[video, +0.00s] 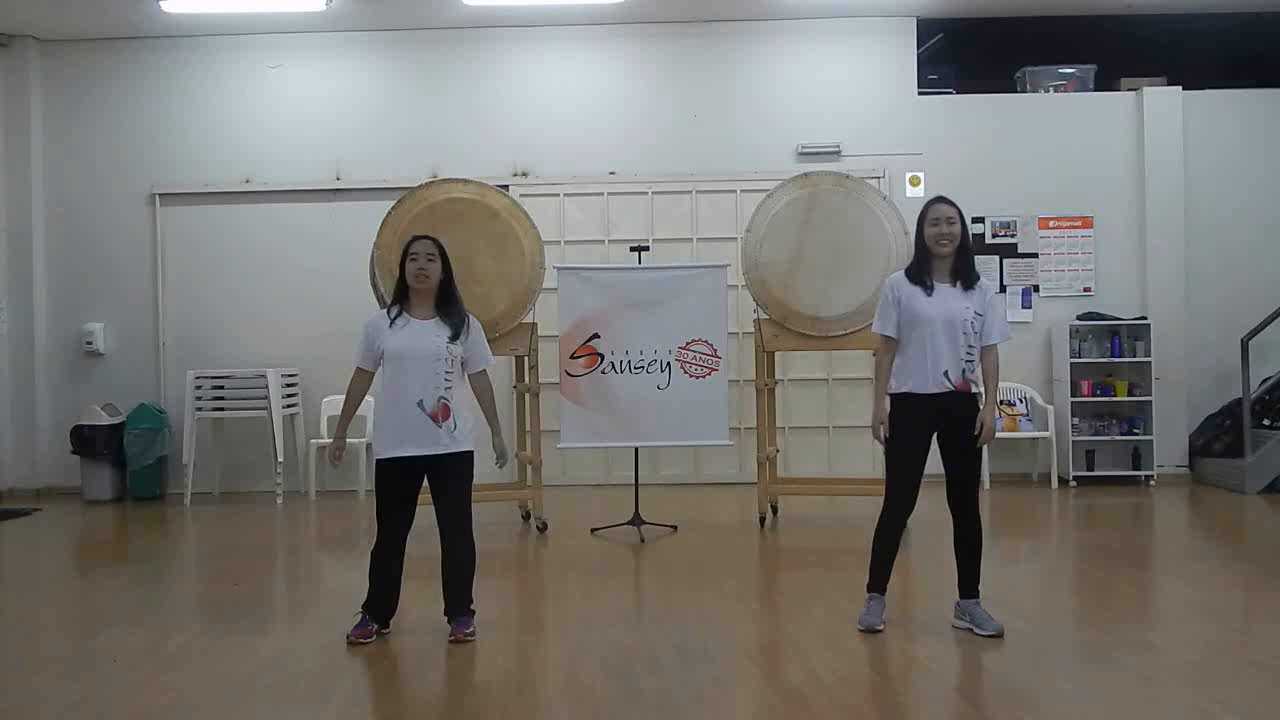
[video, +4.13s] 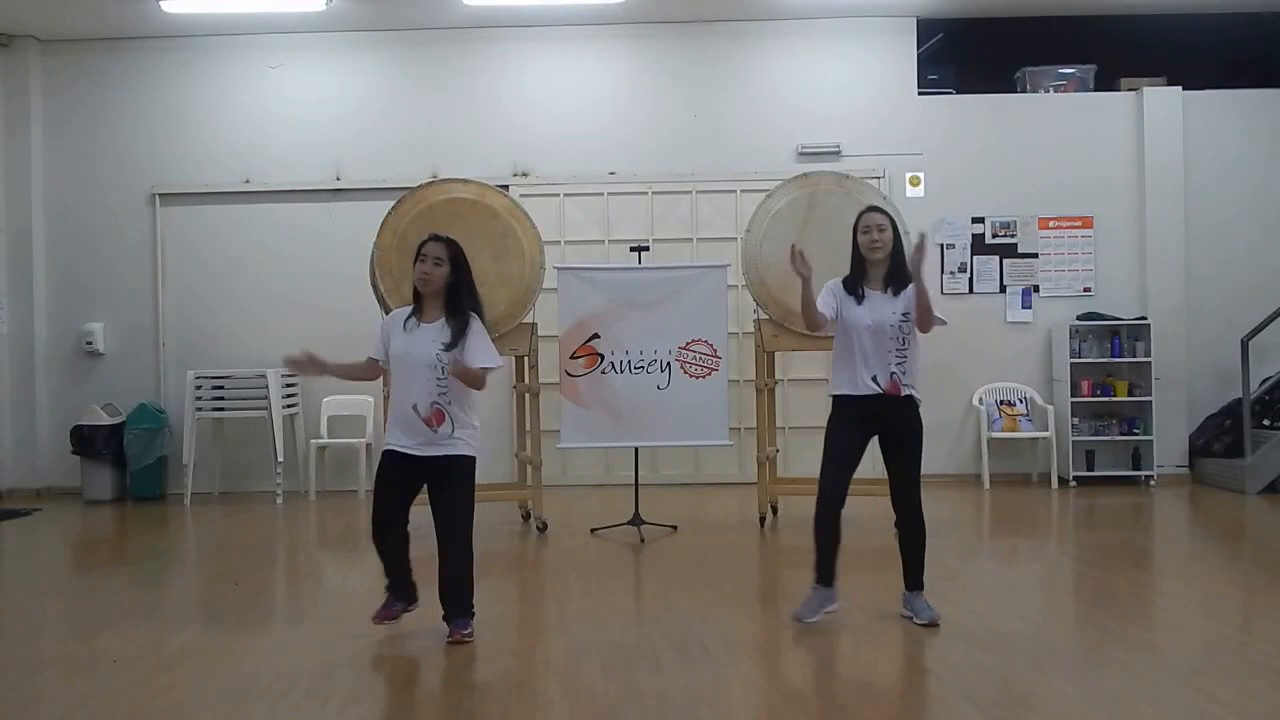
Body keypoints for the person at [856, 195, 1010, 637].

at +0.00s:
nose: (943, 230)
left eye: (951, 222)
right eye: (934, 223)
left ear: (963, 230)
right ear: (920, 232)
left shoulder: (979, 289)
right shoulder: (899, 285)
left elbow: (989, 350)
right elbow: (884, 349)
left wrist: (991, 404)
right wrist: (880, 403)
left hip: (962, 406)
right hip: (909, 405)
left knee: (965, 506)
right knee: (897, 505)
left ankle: (969, 603)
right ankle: (874, 599)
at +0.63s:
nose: (880, 234)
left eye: (888, 228)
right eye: (872, 228)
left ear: (898, 236)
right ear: (858, 236)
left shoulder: (912, 291)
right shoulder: (837, 290)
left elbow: (922, 351)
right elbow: (826, 346)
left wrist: (923, 404)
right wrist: (821, 390)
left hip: (900, 406)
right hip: (850, 407)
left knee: (913, 504)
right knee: (859, 503)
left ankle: (922, 597)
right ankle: (870, 599)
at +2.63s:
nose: (870, 229)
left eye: (877, 224)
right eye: (862, 224)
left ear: (889, 236)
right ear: (850, 236)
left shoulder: (902, 291)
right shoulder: (831, 287)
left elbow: (915, 348)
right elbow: (820, 348)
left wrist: (918, 399)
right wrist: (823, 400)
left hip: (891, 403)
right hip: (843, 403)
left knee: (898, 497)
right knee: (841, 497)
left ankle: (907, 589)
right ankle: (836, 590)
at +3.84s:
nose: (881, 233)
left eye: (889, 225)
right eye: (873, 227)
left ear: (902, 234)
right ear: (862, 237)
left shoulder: (922, 289)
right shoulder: (846, 292)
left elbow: (939, 347)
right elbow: (838, 351)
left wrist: (963, 390)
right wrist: (819, 394)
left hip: (913, 407)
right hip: (862, 408)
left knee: (917, 503)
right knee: (860, 503)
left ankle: (914, 594)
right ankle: (846, 590)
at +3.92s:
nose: (882, 241)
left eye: (889, 234)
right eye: (874, 236)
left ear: (902, 241)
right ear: (863, 245)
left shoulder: (922, 296)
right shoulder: (846, 300)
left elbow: (951, 352)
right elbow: (830, 357)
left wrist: (973, 348)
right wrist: (797, 354)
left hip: (913, 412)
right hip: (862, 413)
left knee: (920, 506)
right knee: (859, 507)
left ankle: (915, 594)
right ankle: (864, 584)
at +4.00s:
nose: (881, 243)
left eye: (888, 236)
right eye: (873, 238)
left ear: (902, 243)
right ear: (862, 247)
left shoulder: (921, 295)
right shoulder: (845, 298)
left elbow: (953, 344)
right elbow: (820, 348)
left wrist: (964, 313)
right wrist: (798, 327)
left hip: (910, 413)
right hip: (860, 414)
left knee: (917, 507)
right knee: (851, 506)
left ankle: (915, 594)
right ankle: (866, 582)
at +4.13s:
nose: (874, 236)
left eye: (882, 229)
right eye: (866, 230)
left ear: (894, 237)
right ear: (855, 240)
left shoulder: (909, 288)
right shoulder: (839, 288)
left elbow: (925, 325)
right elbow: (814, 326)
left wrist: (919, 275)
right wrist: (806, 281)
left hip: (900, 407)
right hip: (850, 406)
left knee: (908, 504)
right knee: (828, 500)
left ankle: (915, 594)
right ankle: (823, 589)